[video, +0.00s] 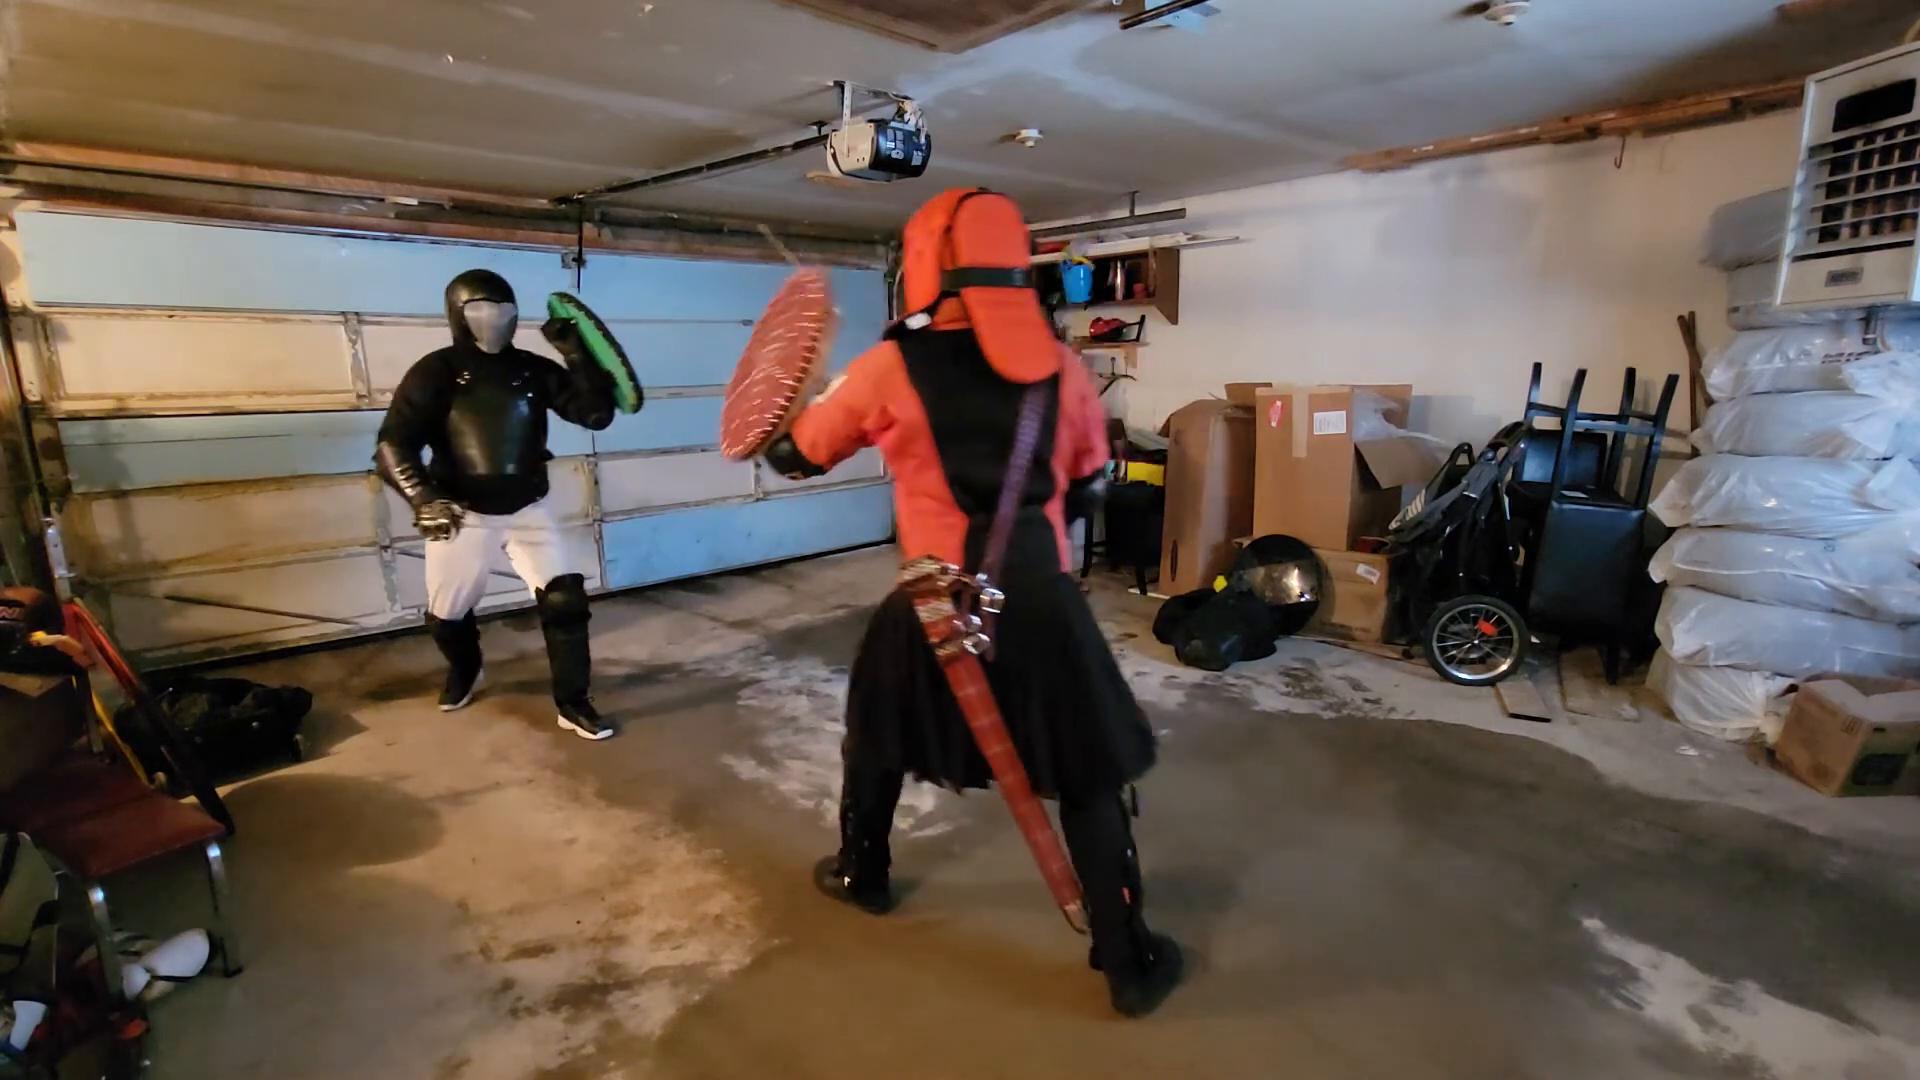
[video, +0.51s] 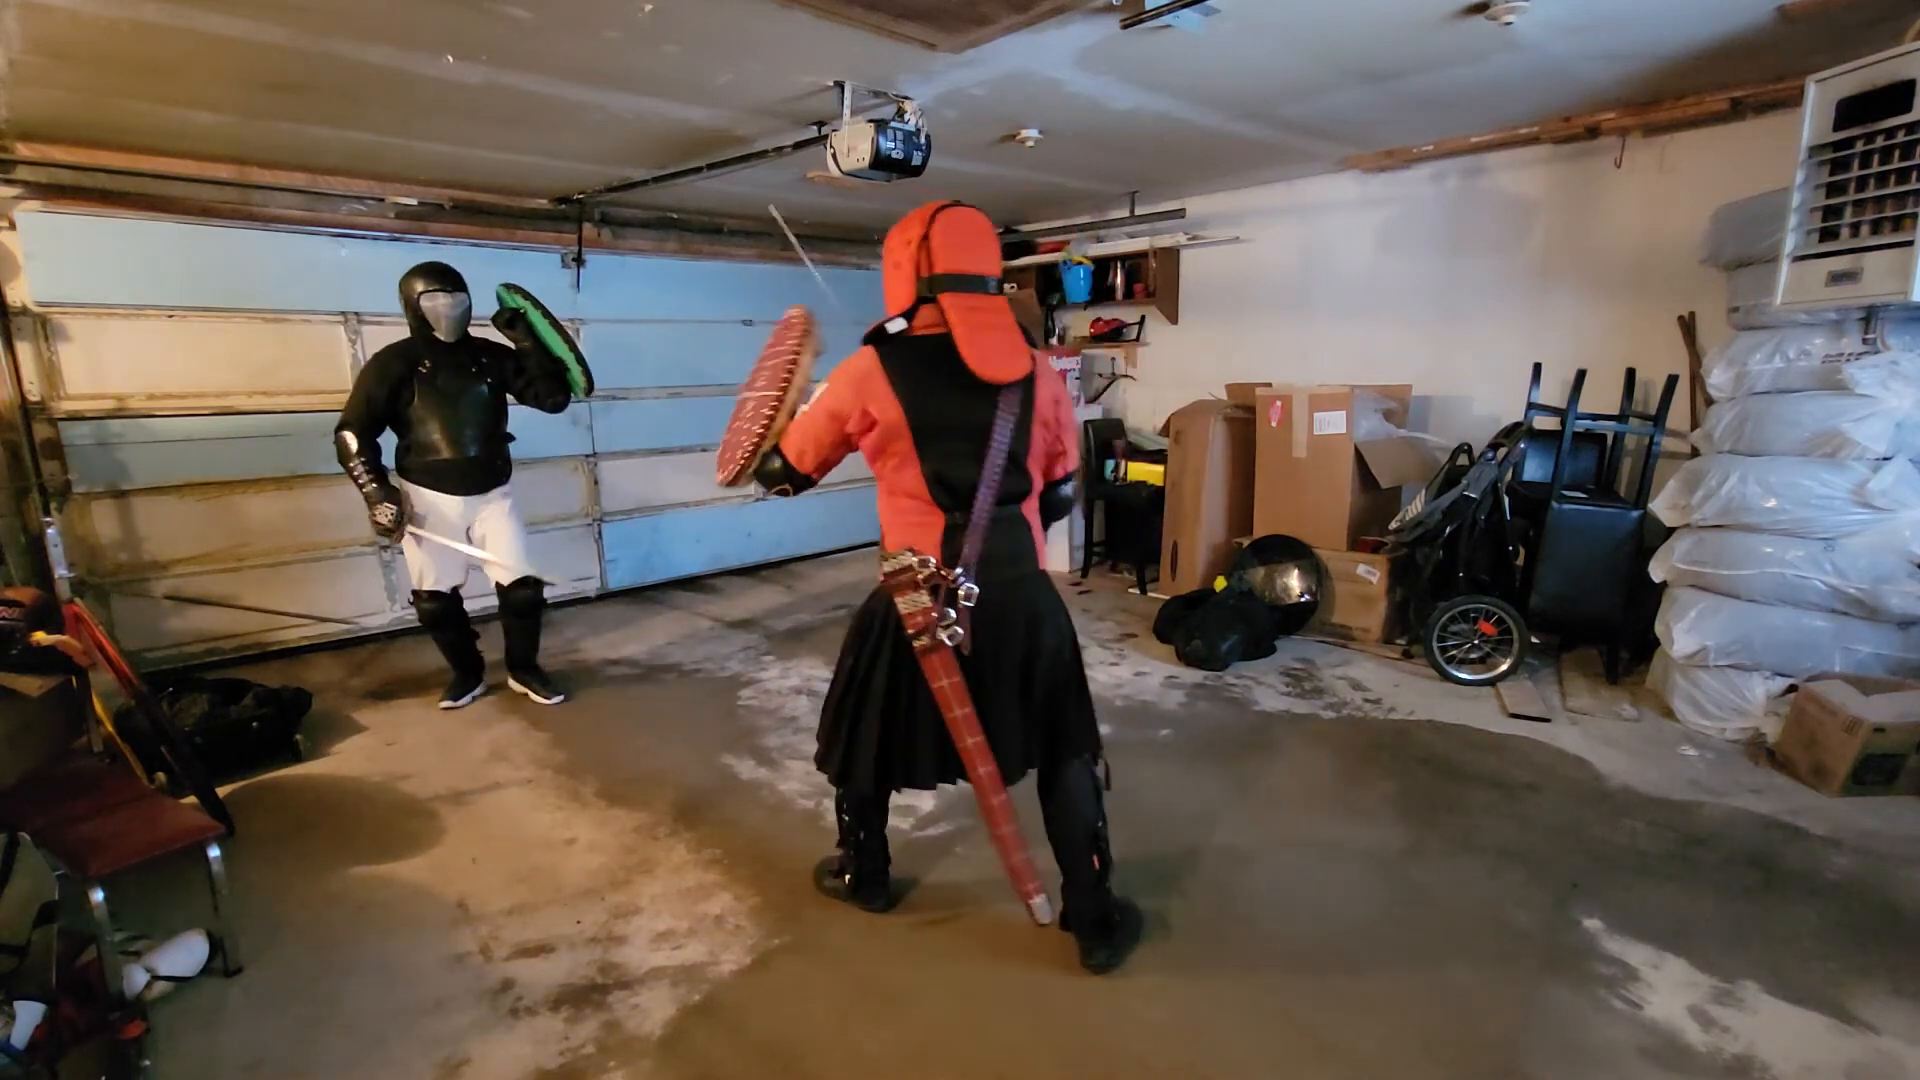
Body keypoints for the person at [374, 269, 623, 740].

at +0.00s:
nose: (497, 316)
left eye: (503, 305)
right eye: (483, 306)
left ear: (514, 311)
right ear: (460, 315)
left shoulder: (536, 371)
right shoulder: (436, 373)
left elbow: (597, 412)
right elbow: (393, 445)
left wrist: (575, 353)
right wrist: (422, 499)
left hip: (529, 514)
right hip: (460, 516)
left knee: (566, 600)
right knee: (446, 616)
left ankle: (572, 702)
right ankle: (465, 668)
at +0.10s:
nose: (489, 310)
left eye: (493, 301)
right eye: (476, 301)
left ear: (501, 308)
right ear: (450, 310)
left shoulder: (522, 367)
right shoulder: (423, 370)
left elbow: (581, 412)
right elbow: (378, 442)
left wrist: (560, 352)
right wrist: (409, 500)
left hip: (514, 508)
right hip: (448, 511)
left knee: (552, 595)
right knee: (444, 614)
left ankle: (572, 701)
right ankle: (470, 671)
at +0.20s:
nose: (469, 306)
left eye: (475, 296)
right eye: (457, 298)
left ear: (486, 302)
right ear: (434, 306)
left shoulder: (511, 362)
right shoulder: (410, 366)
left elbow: (570, 408)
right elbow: (366, 435)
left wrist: (548, 347)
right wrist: (397, 497)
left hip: (503, 503)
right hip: (436, 506)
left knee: (538, 588)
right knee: (438, 609)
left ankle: (566, 692)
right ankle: (469, 673)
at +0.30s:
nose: (462, 305)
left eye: (468, 296)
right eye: (449, 297)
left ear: (478, 302)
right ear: (425, 305)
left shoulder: (501, 359)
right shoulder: (402, 364)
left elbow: (561, 403)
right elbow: (359, 434)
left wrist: (537, 344)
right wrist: (388, 496)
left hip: (496, 496)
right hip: (432, 499)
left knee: (532, 579)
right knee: (435, 603)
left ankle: (545, 678)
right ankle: (468, 672)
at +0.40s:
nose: (458, 303)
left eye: (463, 294)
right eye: (444, 296)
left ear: (472, 300)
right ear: (419, 306)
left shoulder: (495, 358)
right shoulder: (398, 363)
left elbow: (556, 399)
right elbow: (355, 434)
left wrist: (530, 342)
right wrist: (380, 496)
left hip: (493, 494)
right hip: (429, 497)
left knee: (526, 579)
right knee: (435, 599)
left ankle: (526, 665)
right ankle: (467, 672)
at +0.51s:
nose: (453, 302)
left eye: (457, 293)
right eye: (440, 294)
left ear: (467, 299)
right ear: (416, 305)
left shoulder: (494, 357)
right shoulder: (394, 364)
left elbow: (554, 396)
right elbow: (352, 433)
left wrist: (526, 339)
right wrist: (377, 495)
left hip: (493, 497)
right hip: (428, 500)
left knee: (523, 590)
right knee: (433, 600)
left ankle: (523, 669)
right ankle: (467, 672)